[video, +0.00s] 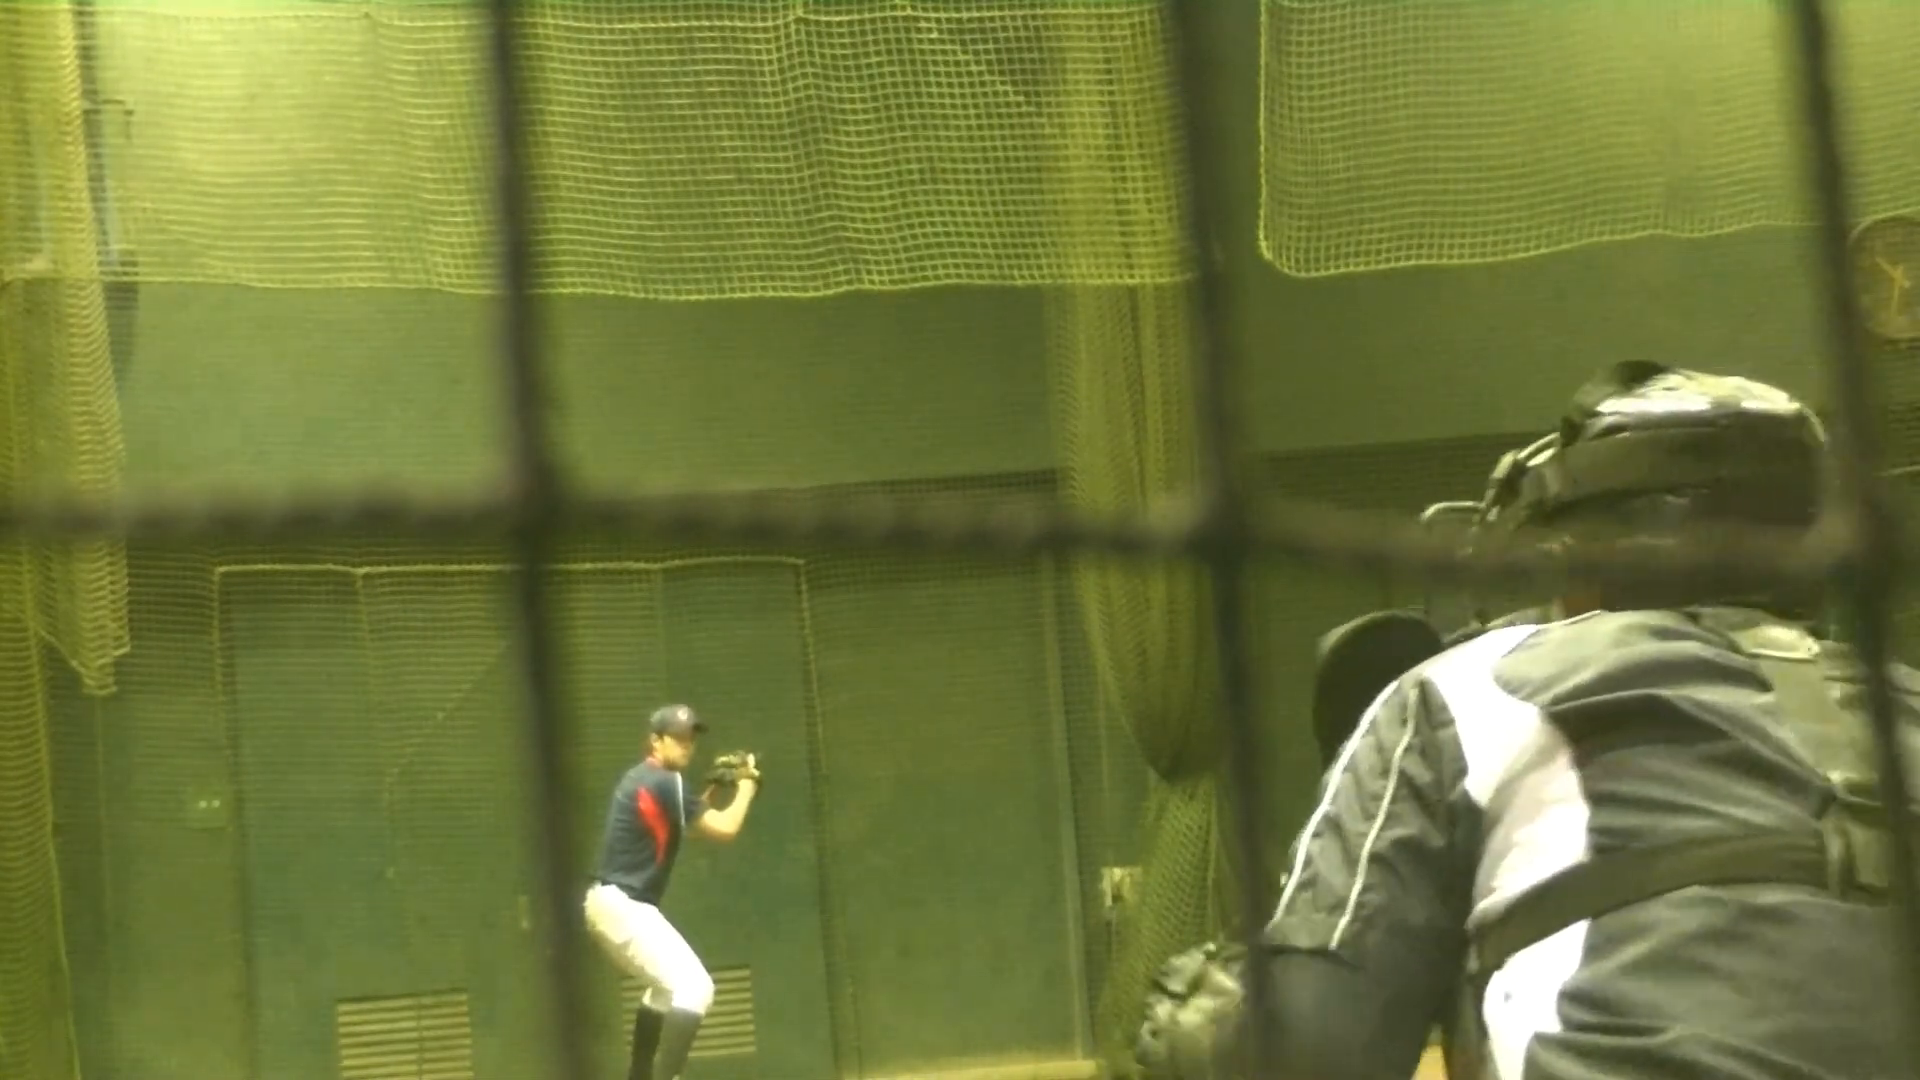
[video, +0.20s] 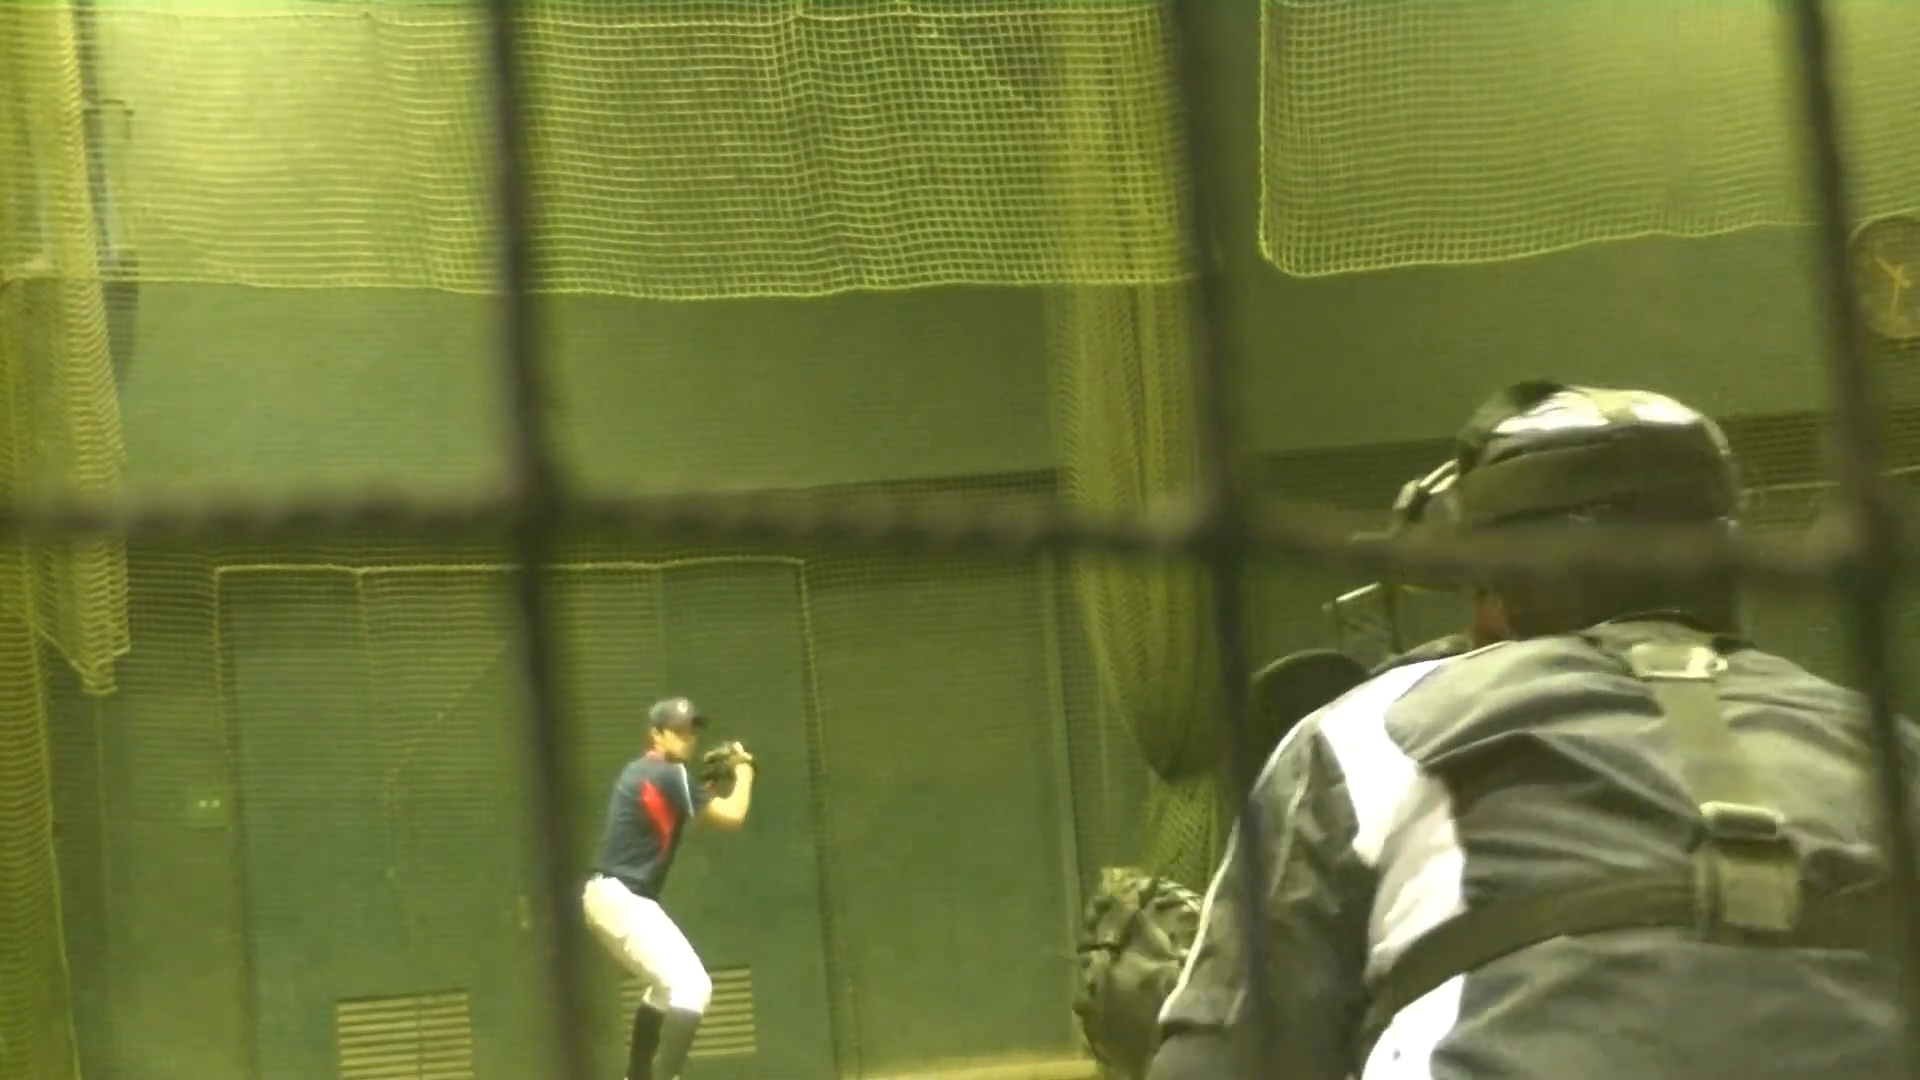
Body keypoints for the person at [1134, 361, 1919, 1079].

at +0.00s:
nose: (1538, 584)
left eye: (1542, 556)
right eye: (1535, 555)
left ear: (1574, 586)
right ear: (1799, 580)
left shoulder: (1460, 699)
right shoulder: (1902, 692)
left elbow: (1321, 1041)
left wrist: (1223, 1029)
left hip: (1648, 1037)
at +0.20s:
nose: (1464, 617)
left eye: (1462, 589)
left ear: (1494, 616)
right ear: (1723, 598)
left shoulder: (1354, 738)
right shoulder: (1880, 730)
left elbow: (1230, 1056)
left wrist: (1159, 1014)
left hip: (1534, 1018)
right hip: (1862, 1024)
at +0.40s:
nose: (1342, 633)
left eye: (1344, 601)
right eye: (1345, 594)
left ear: (1371, 626)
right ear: (1603, 600)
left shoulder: (1207, 819)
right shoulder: (1850, 816)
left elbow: (1109, 1061)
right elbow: (1894, 1045)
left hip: (1379, 1043)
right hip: (1731, 1044)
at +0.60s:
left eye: (1221, 576)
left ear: (1245, 595)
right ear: (1494, 577)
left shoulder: (1087, 799)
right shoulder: (1718, 760)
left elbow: (1009, 1066)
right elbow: (1875, 1041)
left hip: (1215, 1045)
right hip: (1595, 1036)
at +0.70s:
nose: (1164, 609)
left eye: (1174, 576)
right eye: (1170, 574)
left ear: (1207, 587)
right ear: (1446, 552)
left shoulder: (1044, 791)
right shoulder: (1671, 731)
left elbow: (968, 1065)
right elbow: (1861, 1051)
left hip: (1177, 1044)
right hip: (1563, 1034)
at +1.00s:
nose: (1007, 606)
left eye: (1003, 579)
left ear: (1041, 596)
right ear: (1282, 519)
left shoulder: (907, 816)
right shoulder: (1519, 664)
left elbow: (886, 1065)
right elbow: (1745, 1008)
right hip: (1467, 1045)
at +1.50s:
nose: (1077, 621)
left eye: (1080, 586)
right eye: (1071, 585)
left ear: (1132, 608)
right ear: (1357, 561)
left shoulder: (1004, 858)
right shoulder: (1654, 739)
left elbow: (938, 1068)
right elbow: (1866, 1025)